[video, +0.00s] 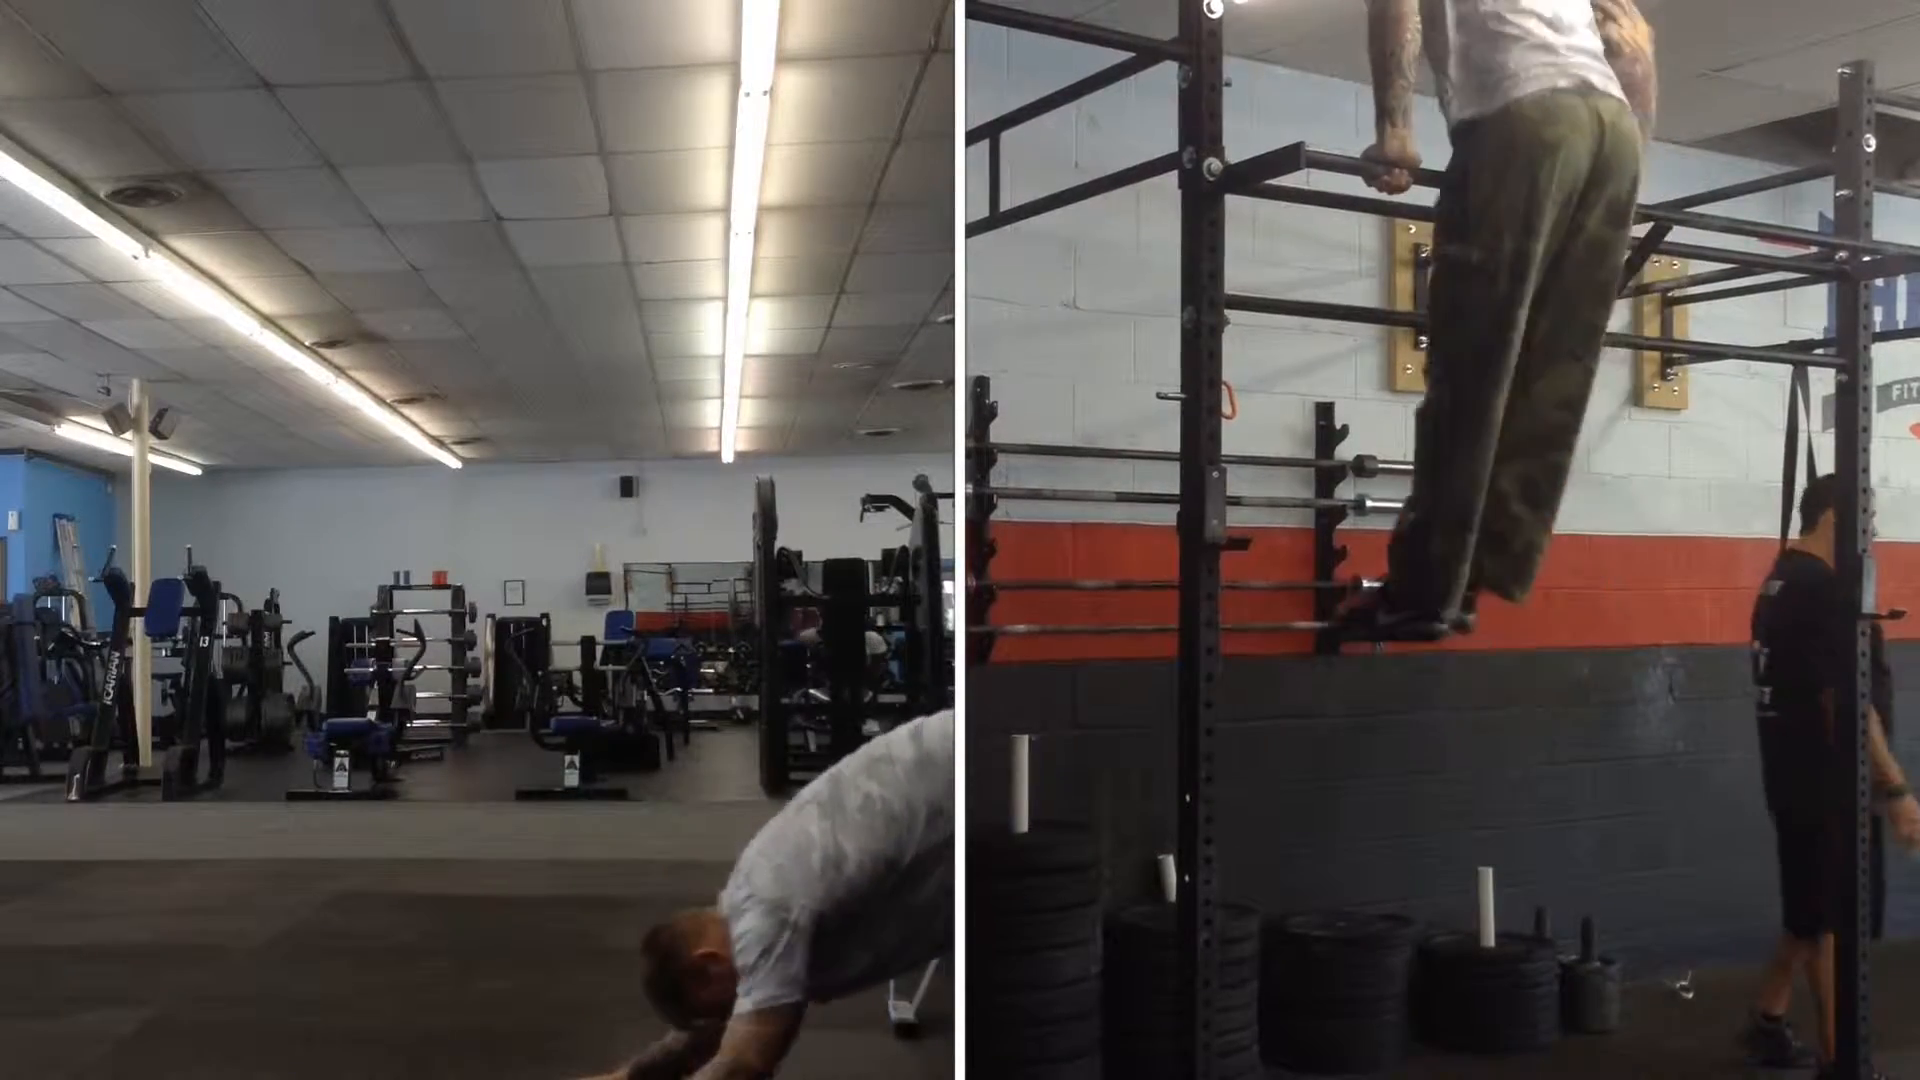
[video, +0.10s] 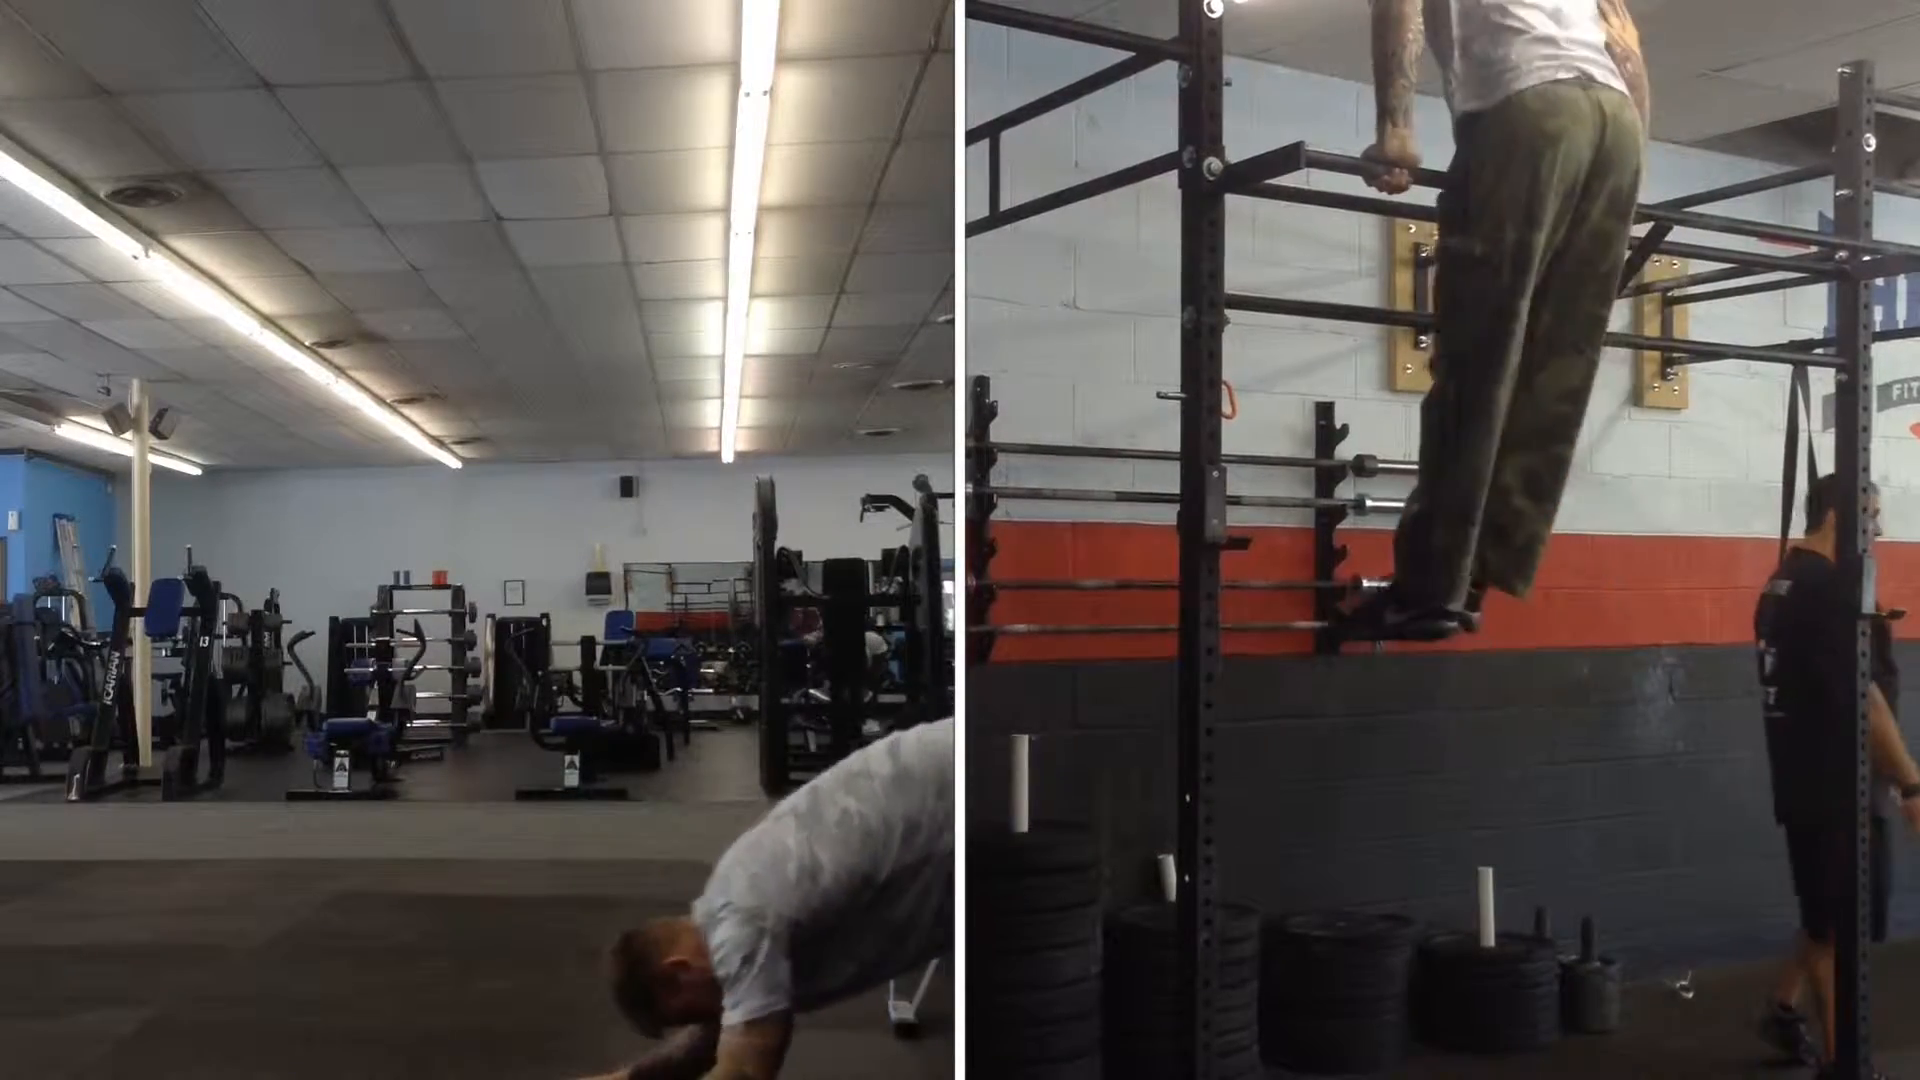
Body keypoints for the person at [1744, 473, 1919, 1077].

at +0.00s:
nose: (1866, 535)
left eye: (1866, 522)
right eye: (1862, 522)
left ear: (1814, 514)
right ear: (1835, 517)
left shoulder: (1784, 577)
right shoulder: (1825, 586)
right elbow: (1849, 700)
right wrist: (1895, 787)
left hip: (1791, 771)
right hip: (1827, 778)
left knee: (1807, 910)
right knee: (1834, 919)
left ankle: (1769, 1017)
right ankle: (1840, 1054)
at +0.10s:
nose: (1877, 531)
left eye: (1877, 518)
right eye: (1871, 517)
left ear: (1821, 513)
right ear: (1841, 515)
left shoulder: (1785, 581)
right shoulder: (1829, 587)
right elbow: (1860, 696)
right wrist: (1911, 781)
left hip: (1799, 777)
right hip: (1836, 783)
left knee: (1824, 913)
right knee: (1841, 924)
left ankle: (1785, 1005)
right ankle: (1844, 1054)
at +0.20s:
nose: (1883, 530)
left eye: (1883, 517)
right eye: (1876, 517)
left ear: (1827, 513)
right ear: (1844, 515)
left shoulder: (1790, 581)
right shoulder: (1839, 588)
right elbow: (1869, 702)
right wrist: (1915, 773)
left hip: (1802, 781)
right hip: (1840, 788)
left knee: (1830, 915)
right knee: (1844, 925)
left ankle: (1819, 1026)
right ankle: (1841, 1054)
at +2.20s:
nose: (1916, 524)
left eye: (1912, 511)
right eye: (1919, 512)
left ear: (1904, 515)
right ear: (1917, 517)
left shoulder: (1876, 577)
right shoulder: (1891, 577)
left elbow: (1845, 658)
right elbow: (1849, 660)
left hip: (1885, 767)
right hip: (1901, 770)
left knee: (1900, 914)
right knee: (1902, 915)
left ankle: (1883, 1029)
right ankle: (1883, 1031)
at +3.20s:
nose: (1892, 523)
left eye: (1887, 512)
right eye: (1888, 513)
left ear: (1826, 519)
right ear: (1876, 517)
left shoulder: (1790, 588)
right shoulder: (1902, 592)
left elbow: (1766, 665)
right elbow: (1907, 688)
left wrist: (1798, 727)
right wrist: (1898, 737)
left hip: (1814, 776)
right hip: (1894, 779)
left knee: (1813, 924)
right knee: (1904, 934)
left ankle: (1804, 1053)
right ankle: (1915, 1058)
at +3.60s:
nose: (1850, 525)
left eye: (1844, 513)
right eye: (1845, 514)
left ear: (1784, 519)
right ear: (1827, 515)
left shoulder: (1750, 587)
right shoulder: (1858, 581)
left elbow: (1735, 658)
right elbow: (1908, 681)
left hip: (1781, 780)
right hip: (1859, 783)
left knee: (1795, 922)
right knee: (1885, 919)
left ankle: (1803, 1054)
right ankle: (1890, 1057)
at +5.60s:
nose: (1907, 517)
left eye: (1903, 505)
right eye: (1901, 507)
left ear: (1841, 517)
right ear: (1876, 517)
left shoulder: (1805, 588)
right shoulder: (1905, 588)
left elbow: (1803, 671)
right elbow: (1911, 686)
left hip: (1824, 777)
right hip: (1897, 781)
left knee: (1819, 926)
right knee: (1898, 938)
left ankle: (1812, 1057)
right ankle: (1901, 1068)